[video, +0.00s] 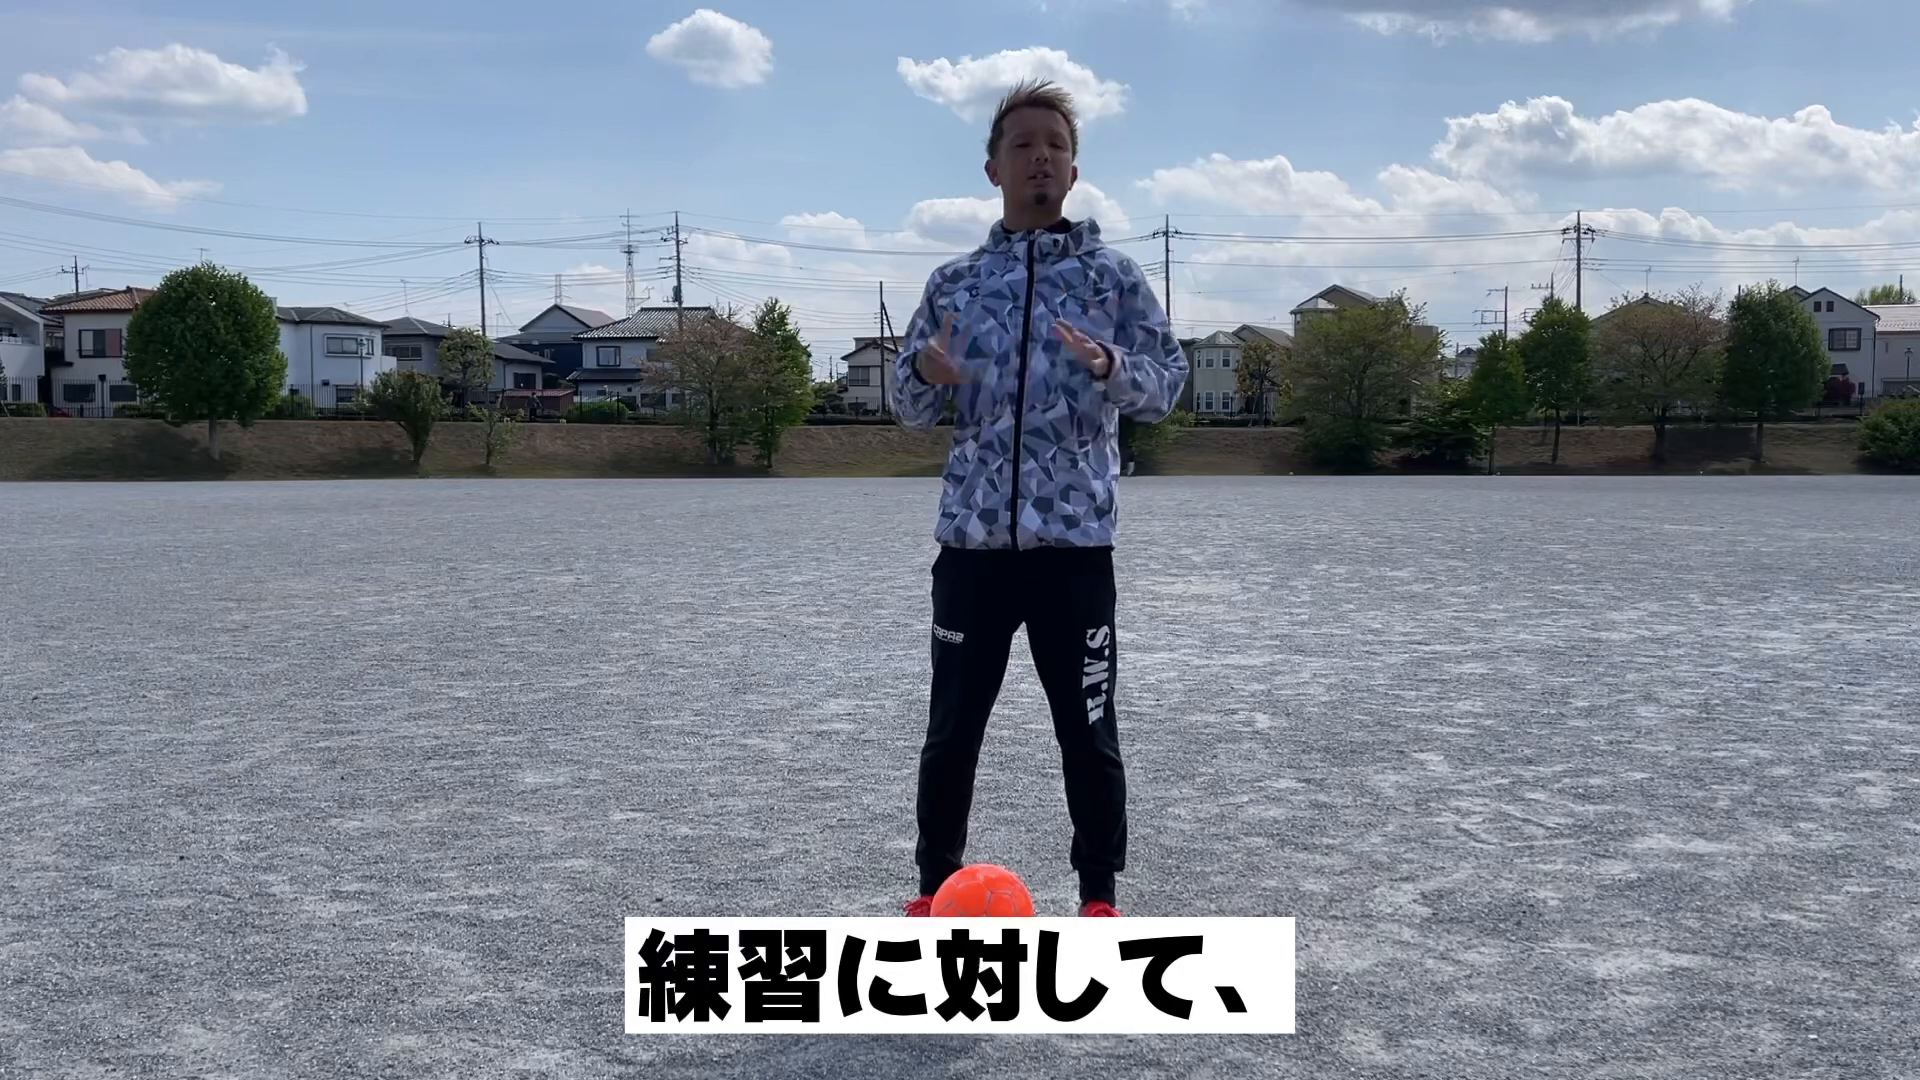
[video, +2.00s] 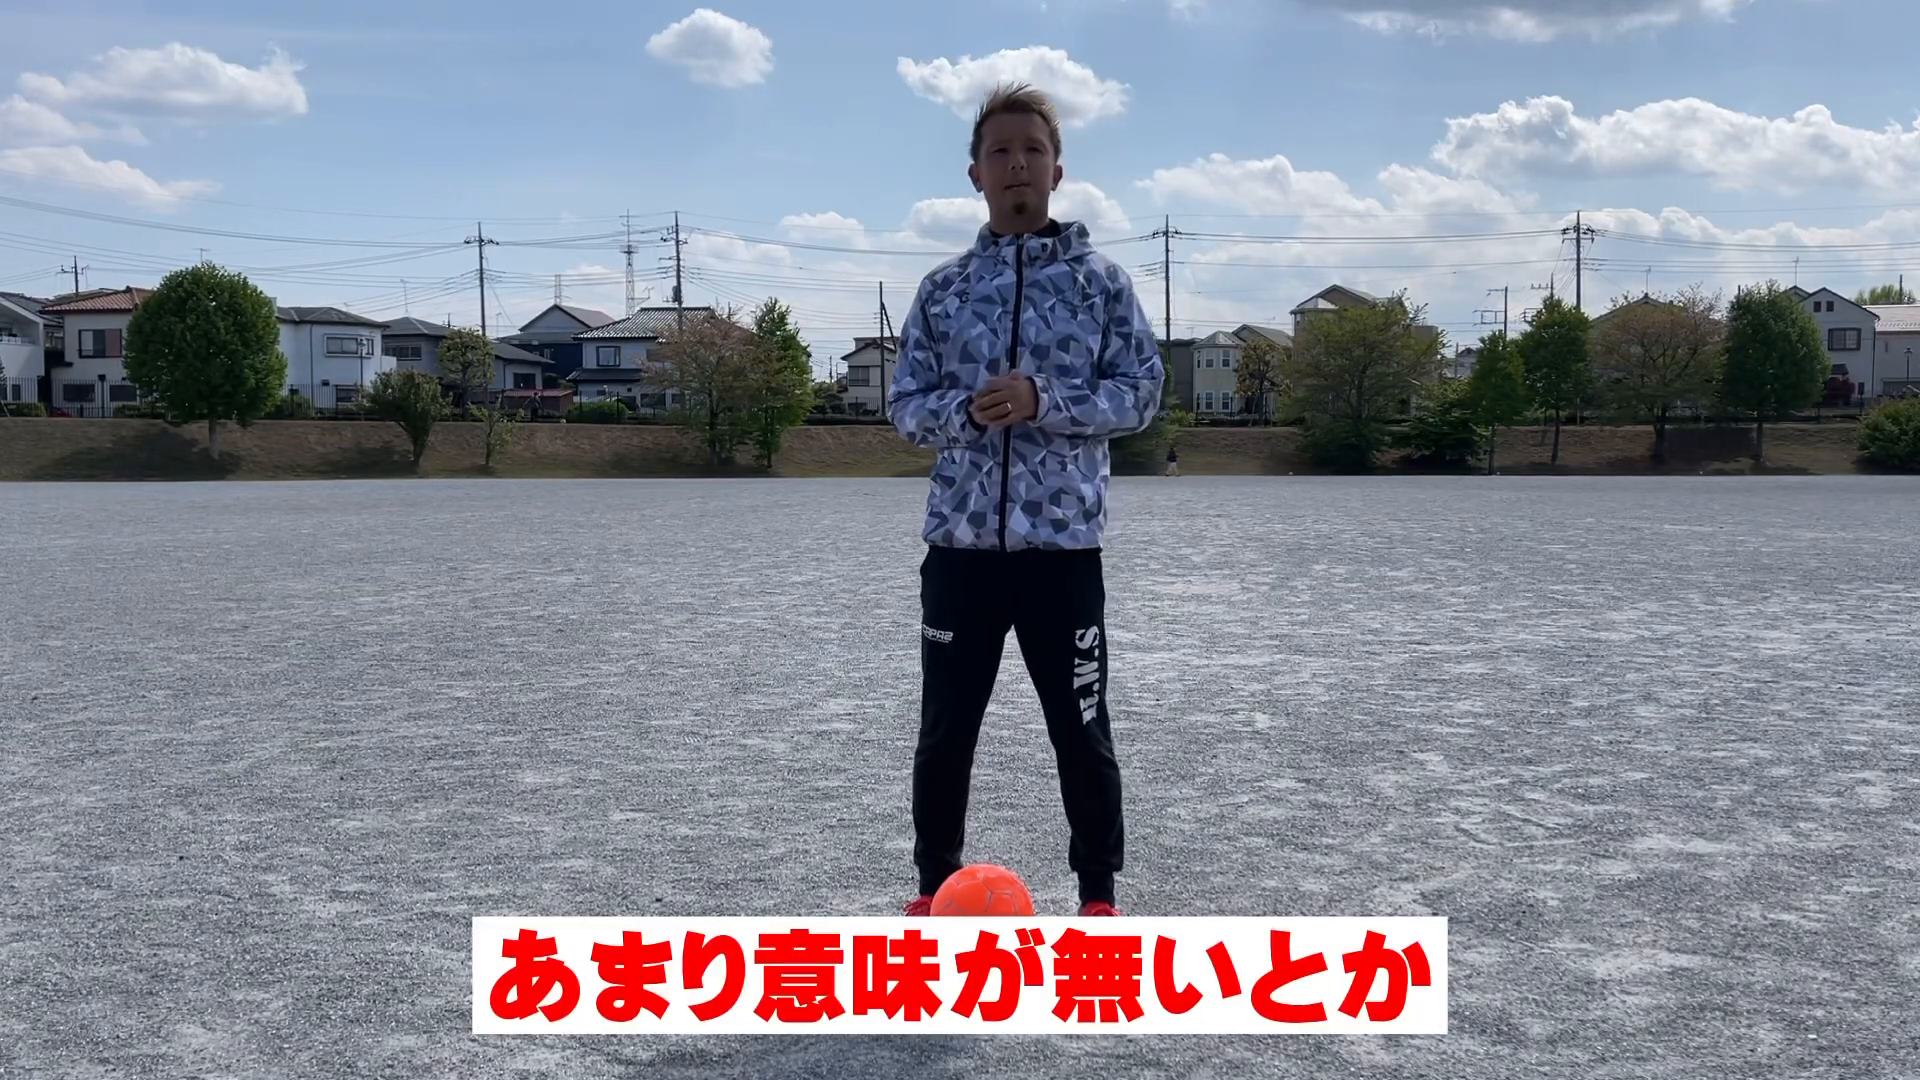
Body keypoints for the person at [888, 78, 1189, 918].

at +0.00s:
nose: (1042, 158)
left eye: (1057, 146)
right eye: (1023, 145)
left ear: (1074, 167)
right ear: (995, 165)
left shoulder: (1115, 278)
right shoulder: (953, 283)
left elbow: (1163, 382)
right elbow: (907, 396)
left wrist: (1114, 368)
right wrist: (931, 375)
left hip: (1072, 536)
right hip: (972, 536)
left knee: (1086, 728)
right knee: (951, 727)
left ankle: (1099, 897)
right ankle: (933, 894)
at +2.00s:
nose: (1016, 162)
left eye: (1033, 149)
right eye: (999, 150)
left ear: (1057, 167)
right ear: (977, 169)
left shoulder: (1099, 280)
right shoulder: (942, 288)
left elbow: (1140, 392)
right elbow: (907, 406)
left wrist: (1047, 400)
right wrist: (962, 409)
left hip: (1061, 540)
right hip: (960, 540)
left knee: (1080, 728)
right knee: (944, 732)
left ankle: (1097, 897)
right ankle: (935, 897)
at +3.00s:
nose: (903, 180)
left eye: (915, 162)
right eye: (883, 168)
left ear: (941, 168)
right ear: (860, 184)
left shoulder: (1003, 266)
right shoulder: (850, 302)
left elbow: (1061, 368)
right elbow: (832, 423)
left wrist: (992, 406)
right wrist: (907, 424)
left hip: (1015, 531)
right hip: (913, 544)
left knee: (1073, 702)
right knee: (918, 727)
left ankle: (1127, 877)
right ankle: (928, 891)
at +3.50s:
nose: (1019, 163)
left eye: (1034, 149)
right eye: (1000, 149)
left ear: (1052, 168)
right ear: (972, 166)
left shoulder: (1090, 283)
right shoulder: (930, 286)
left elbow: (1130, 399)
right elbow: (892, 399)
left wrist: (1091, 361)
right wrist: (928, 388)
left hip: (1056, 536)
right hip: (956, 537)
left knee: (1075, 729)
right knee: (941, 729)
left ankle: (1088, 898)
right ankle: (934, 893)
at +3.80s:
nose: (1088, 160)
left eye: (1105, 148)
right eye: (1073, 145)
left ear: (1126, 169)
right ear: (1044, 161)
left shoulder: (1151, 289)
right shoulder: (991, 277)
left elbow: (1183, 403)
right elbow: (937, 385)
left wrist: (1126, 388)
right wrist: (976, 384)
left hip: (1095, 541)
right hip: (993, 534)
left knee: (1095, 730)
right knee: (955, 721)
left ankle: (1092, 902)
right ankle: (927, 885)